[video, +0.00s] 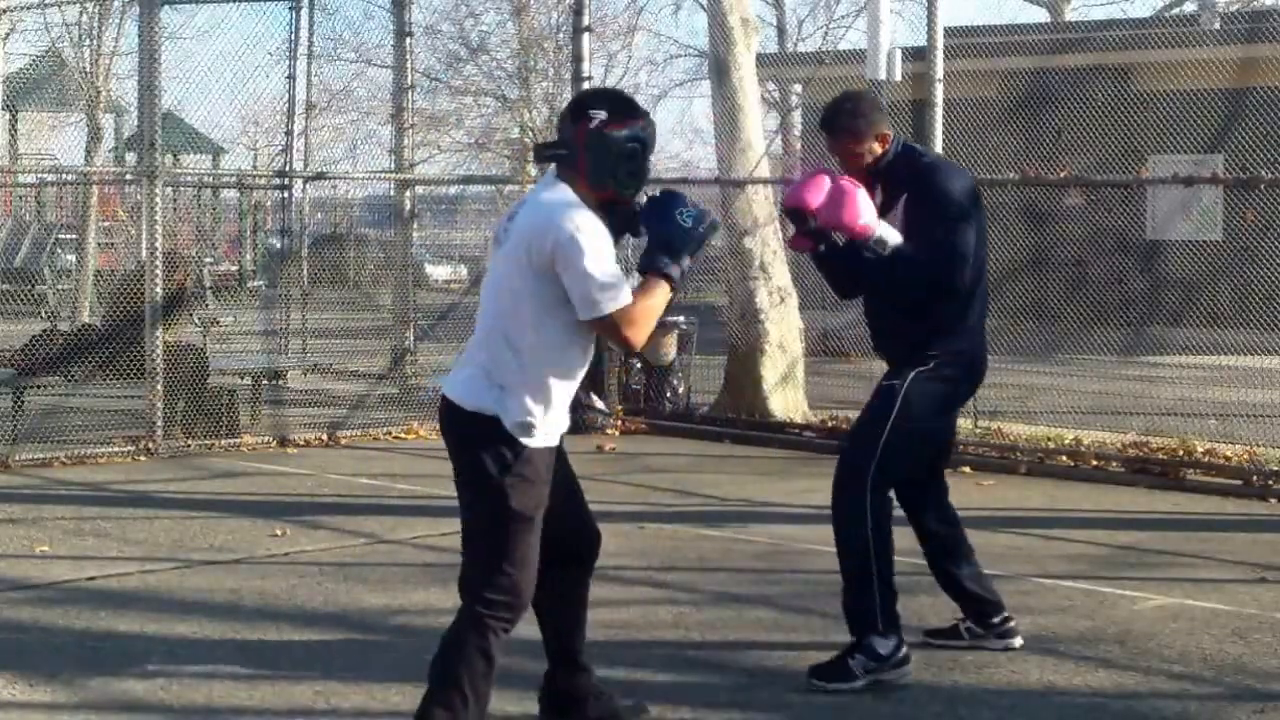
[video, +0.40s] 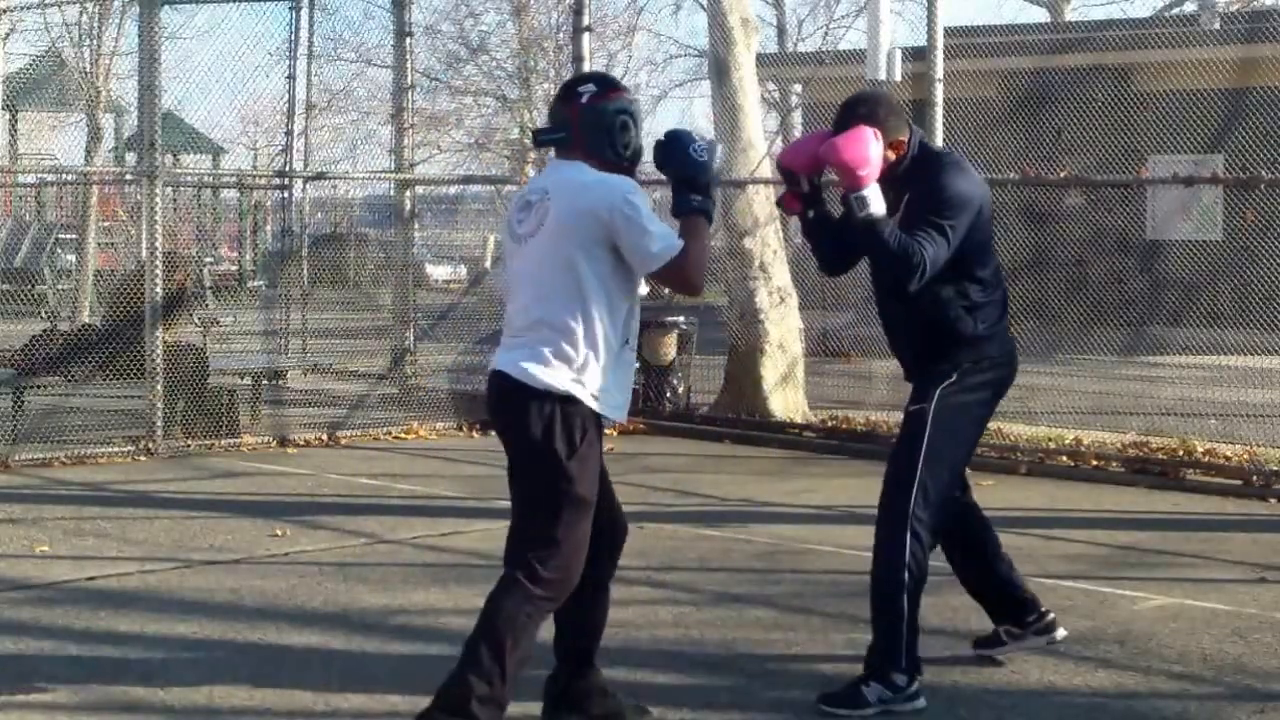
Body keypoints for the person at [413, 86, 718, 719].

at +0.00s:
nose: (635, 161)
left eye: (642, 147)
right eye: (622, 146)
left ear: (574, 150)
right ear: (580, 147)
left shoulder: (547, 206)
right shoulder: (569, 222)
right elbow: (631, 327)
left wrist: (625, 242)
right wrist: (668, 261)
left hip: (524, 419)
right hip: (500, 424)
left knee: (573, 544)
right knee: (498, 597)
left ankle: (570, 690)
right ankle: (446, 712)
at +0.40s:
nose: (633, 136)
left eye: (630, 122)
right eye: (626, 124)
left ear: (563, 130)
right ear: (609, 129)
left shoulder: (529, 196)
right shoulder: (609, 193)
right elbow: (688, 276)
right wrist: (695, 194)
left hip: (521, 388)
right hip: (559, 398)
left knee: (602, 533)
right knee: (550, 562)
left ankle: (575, 689)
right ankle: (464, 705)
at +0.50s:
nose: (635, 145)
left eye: (632, 134)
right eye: (630, 134)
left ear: (561, 142)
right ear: (617, 138)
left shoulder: (532, 211)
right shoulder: (624, 195)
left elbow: (534, 306)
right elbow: (718, 258)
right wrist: (718, 193)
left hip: (514, 386)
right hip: (567, 394)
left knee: (599, 533)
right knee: (546, 559)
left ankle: (591, 695)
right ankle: (459, 705)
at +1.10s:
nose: (606, 128)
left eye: (609, 114)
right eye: (589, 115)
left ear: (537, 132)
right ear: (556, 128)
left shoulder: (535, 198)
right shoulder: (556, 205)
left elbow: (556, 288)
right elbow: (637, 300)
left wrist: (618, 238)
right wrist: (666, 230)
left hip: (552, 405)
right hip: (522, 400)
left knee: (608, 536)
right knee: (517, 570)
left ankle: (594, 689)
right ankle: (445, 706)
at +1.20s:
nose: (621, 153)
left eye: (619, 140)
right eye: (609, 142)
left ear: (548, 149)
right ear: (588, 153)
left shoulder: (593, 213)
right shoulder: (535, 220)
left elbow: (677, 261)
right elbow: (597, 331)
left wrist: (765, 246)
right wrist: (637, 265)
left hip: (552, 417)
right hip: (491, 411)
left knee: (605, 539)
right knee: (527, 568)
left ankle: (612, 696)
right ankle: (448, 712)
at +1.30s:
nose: (600, 175)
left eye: (601, 161)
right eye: (590, 163)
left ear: (546, 162)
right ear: (551, 163)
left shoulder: (572, 228)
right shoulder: (493, 232)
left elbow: (634, 308)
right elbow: (510, 351)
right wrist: (581, 299)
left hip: (531, 414)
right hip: (464, 417)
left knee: (582, 553)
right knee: (480, 570)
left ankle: (613, 690)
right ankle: (398, 709)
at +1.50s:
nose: (538, 180)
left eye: (538, 167)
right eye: (528, 167)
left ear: (495, 164)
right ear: (489, 164)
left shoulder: (498, 227)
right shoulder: (423, 226)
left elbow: (483, 345)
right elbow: (427, 343)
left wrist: (550, 373)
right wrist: (517, 301)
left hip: (480, 422)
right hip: (410, 430)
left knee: (556, 548)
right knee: (419, 587)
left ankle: (567, 696)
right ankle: (368, 712)